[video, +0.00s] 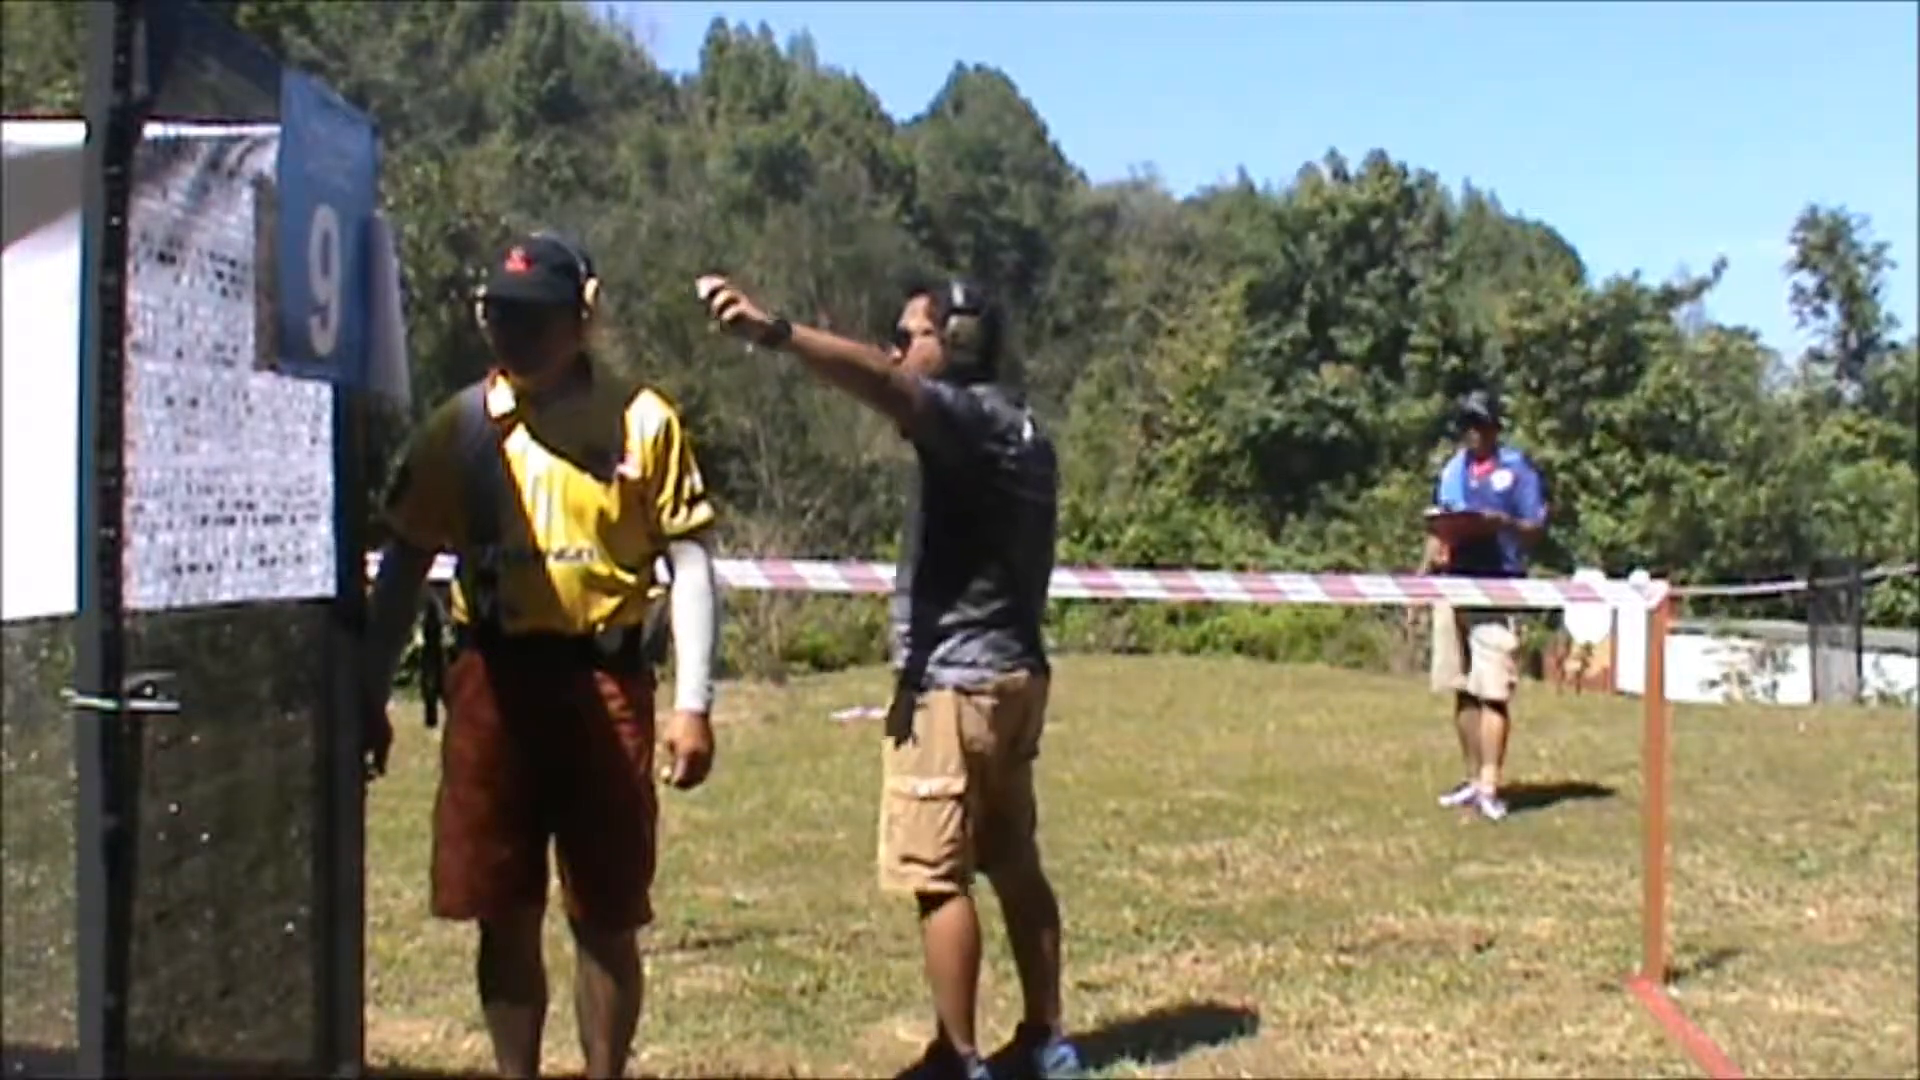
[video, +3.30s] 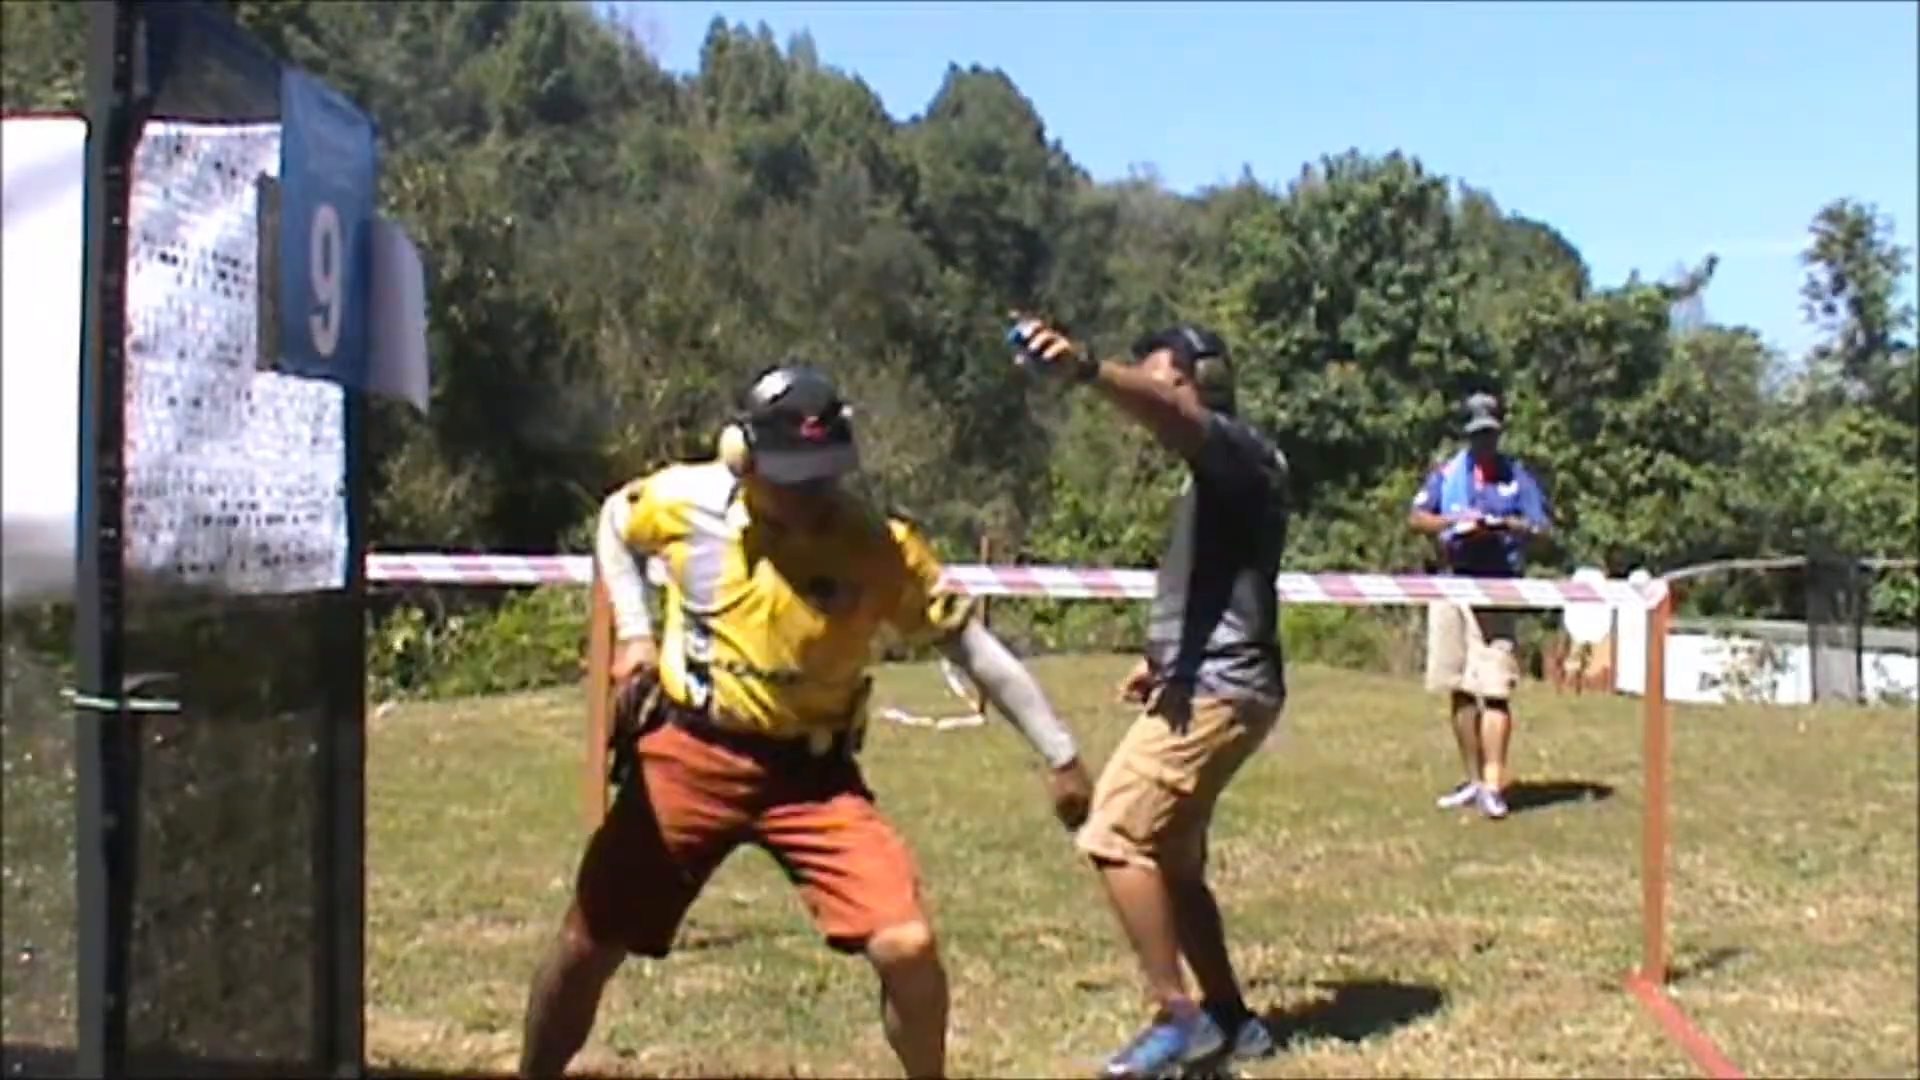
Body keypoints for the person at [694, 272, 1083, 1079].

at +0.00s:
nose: (898, 351)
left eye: (911, 338)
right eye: (901, 336)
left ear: (953, 347)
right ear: (980, 350)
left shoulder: (963, 417)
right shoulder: (1026, 433)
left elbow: (883, 380)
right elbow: (1020, 571)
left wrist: (778, 330)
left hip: (956, 677)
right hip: (1016, 672)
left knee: (938, 875)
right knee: (1015, 863)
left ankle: (954, 1052)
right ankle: (1046, 1035)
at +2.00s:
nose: (859, 359)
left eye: (869, 344)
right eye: (858, 344)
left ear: (918, 341)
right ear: (941, 343)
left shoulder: (931, 412)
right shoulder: (1005, 418)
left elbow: (843, 379)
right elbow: (1029, 558)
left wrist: (729, 338)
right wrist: (1011, 650)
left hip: (949, 677)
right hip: (1005, 671)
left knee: (939, 876)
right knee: (994, 866)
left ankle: (954, 1055)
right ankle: (1038, 1029)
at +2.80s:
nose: (903, 373)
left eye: (913, 357)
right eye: (902, 357)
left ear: (954, 355)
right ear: (985, 355)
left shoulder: (982, 419)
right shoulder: (1048, 425)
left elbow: (893, 388)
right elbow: (1069, 550)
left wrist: (784, 352)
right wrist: (1040, 634)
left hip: (996, 676)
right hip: (1046, 672)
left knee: (935, 864)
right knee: (1031, 845)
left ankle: (950, 1050)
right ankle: (1123, 1004)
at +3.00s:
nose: (982, 396)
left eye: (994, 384)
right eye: (981, 383)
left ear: (1036, 386)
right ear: (1062, 390)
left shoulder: (1056, 445)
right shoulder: (1113, 461)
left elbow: (977, 409)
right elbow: (1084, 586)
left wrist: (882, 365)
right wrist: (1006, 618)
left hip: (1050, 696)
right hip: (1099, 695)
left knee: (948, 868)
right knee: (1071, 856)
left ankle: (952, 1052)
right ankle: (1198, 990)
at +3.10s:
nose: (1051, 414)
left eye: (1062, 397)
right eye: (1047, 399)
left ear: (1101, 392)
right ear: (1121, 397)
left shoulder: (1130, 459)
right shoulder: (1168, 469)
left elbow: (1055, 425)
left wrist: (963, 379)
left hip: (1110, 700)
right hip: (1155, 702)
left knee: (1015, 867)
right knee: (1122, 876)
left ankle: (957, 1041)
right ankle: (1226, 1012)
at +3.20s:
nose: (1096, 410)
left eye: (1105, 397)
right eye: (1093, 398)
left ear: (1143, 395)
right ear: (1151, 398)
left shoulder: (1174, 459)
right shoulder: (1201, 469)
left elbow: (1104, 418)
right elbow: (1180, 607)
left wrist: (1018, 378)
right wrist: (1109, 670)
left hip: (1155, 700)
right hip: (1193, 701)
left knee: (1053, 860)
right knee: (1147, 878)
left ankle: (1008, 1035)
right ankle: (1226, 1014)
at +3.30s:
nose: (1145, 386)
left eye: (1152, 373)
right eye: (1144, 375)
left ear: (1189, 376)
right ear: (1198, 380)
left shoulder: (1239, 451)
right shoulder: (1231, 460)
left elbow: (1168, 409)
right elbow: (1223, 582)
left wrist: (1088, 368)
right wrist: (1165, 659)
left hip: (1218, 685)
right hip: (1216, 683)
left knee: (1114, 838)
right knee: (1173, 856)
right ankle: (1227, 1013)